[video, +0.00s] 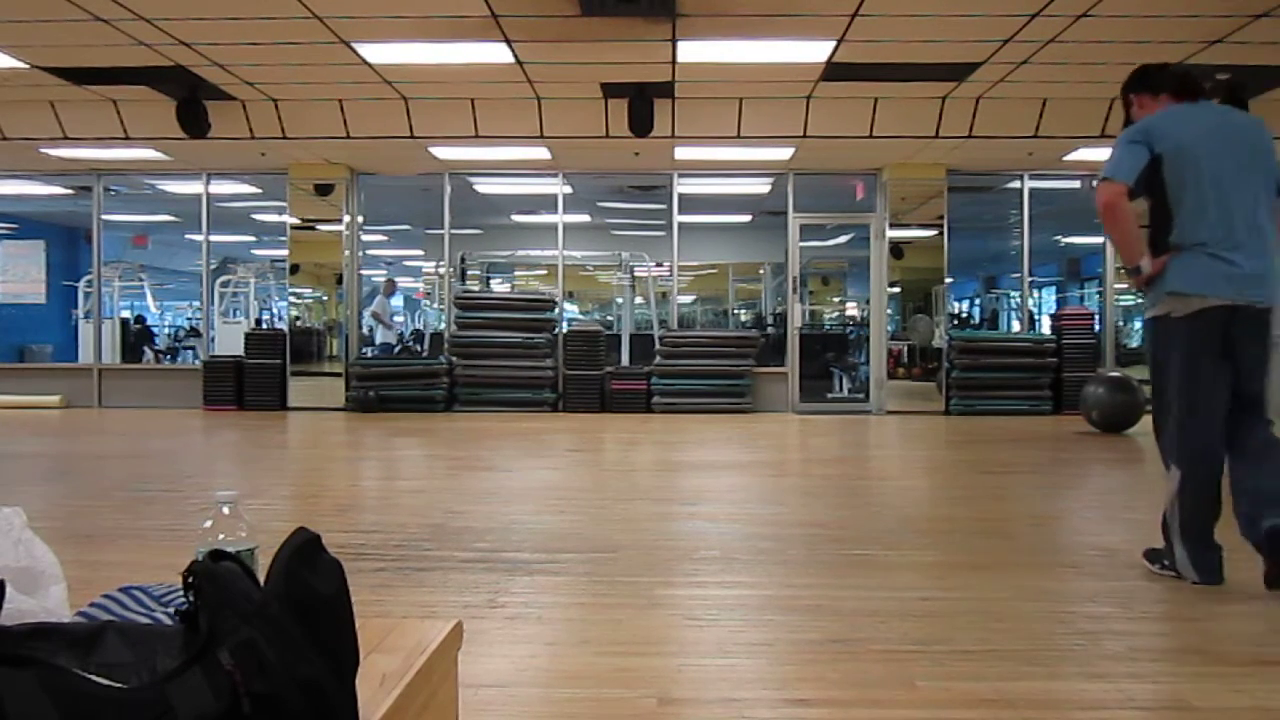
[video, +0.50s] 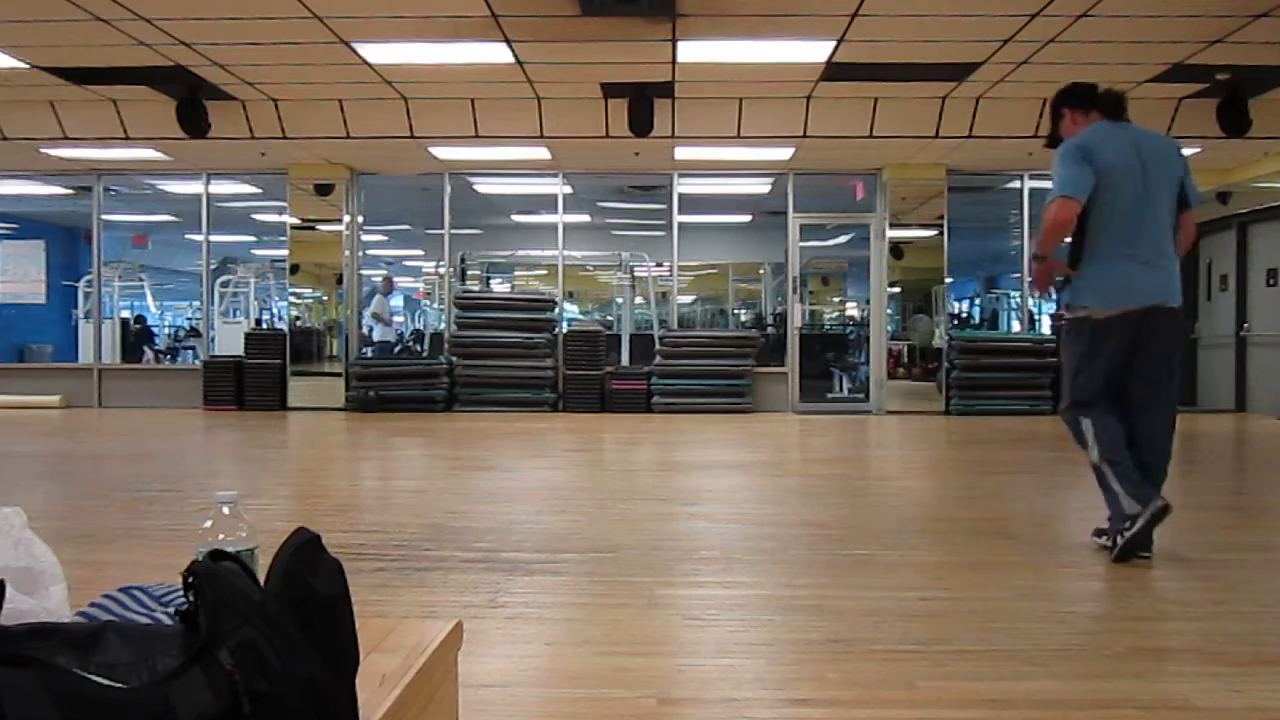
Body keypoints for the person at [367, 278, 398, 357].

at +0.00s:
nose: (395, 290)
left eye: (395, 287)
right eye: (393, 287)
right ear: (386, 287)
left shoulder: (387, 301)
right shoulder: (381, 299)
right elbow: (374, 313)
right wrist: (387, 324)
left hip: (390, 337)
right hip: (384, 337)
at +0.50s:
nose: (392, 288)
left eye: (392, 285)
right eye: (390, 285)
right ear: (384, 286)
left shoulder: (385, 299)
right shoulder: (379, 298)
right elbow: (374, 313)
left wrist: (389, 321)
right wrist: (385, 321)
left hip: (388, 337)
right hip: (382, 337)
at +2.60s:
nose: (386, 288)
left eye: (386, 286)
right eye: (384, 286)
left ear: (385, 287)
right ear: (378, 286)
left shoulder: (380, 300)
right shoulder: (373, 299)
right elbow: (367, 314)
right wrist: (381, 322)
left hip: (384, 337)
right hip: (377, 338)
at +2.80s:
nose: (385, 289)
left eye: (385, 286)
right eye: (382, 286)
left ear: (385, 287)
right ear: (377, 287)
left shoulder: (380, 300)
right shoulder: (373, 299)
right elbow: (366, 314)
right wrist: (380, 322)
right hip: (377, 337)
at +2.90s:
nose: (385, 289)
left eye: (385, 286)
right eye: (383, 286)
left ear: (385, 287)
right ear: (377, 287)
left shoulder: (381, 300)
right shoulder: (373, 299)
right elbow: (366, 314)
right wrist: (380, 322)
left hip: (384, 337)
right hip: (377, 337)